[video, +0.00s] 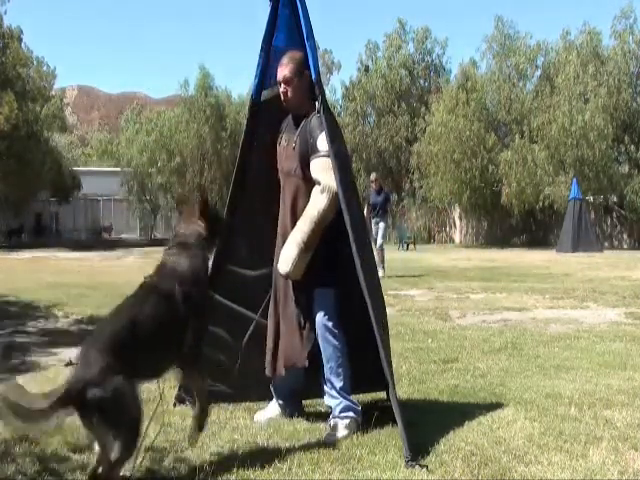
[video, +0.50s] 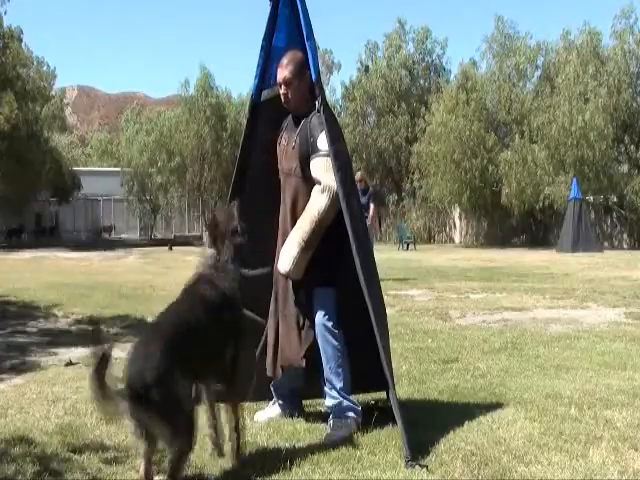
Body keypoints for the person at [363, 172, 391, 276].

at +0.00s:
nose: (374, 184)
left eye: (376, 181)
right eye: (372, 182)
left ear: (380, 182)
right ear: (370, 183)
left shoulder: (385, 194)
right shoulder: (370, 194)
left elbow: (390, 207)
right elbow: (367, 207)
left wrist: (392, 220)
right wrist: (366, 219)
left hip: (383, 218)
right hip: (373, 218)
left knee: (380, 243)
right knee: (375, 243)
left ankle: (381, 267)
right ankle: (379, 266)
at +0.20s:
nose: (369, 185)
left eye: (371, 183)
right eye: (367, 183)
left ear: (374, 183)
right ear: (365, 184)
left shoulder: (380, 196)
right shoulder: (362, 195)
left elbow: (384, 208)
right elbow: (359, 208)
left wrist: (385, 218)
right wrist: (359, 219)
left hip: (375, 222)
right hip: (364, 221)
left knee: (373, 245)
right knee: (364, 245)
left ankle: (375, 266)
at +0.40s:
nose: (362, 184)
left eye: (364, 181)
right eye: (360, 181)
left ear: (368, 181)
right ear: (358, 182)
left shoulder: (374, 193)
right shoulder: (359, 194)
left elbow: (379, 207)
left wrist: (380, 223)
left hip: (370, 219)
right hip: (360, 219)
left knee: (370, 239)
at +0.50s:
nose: (359, 184)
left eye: (360, 181)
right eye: (357, 182)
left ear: (365, 181)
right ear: (355, 182)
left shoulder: (370, 192)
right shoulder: (355, 193)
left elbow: (372, 206)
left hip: (367, 218)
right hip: (357, 219)